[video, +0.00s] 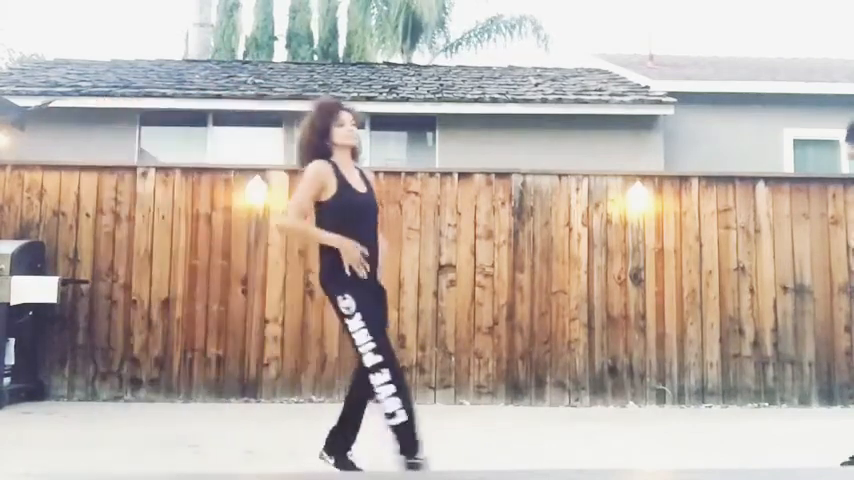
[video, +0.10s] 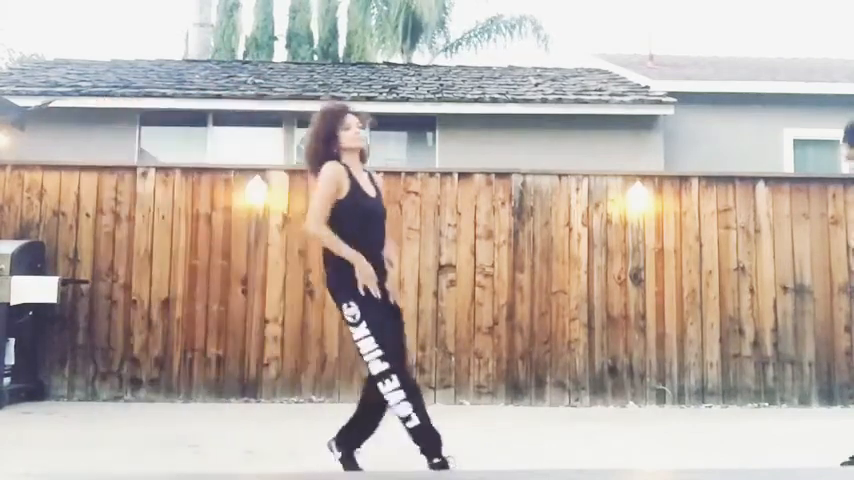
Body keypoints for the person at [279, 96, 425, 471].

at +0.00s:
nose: (352, 129)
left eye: (353, 124)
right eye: (343, 125)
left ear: (355, 131)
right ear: (326, 133)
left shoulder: (363, 174)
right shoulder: (319, 169)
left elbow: (363, 221)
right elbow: (291, 220)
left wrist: (378, 246)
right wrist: (342, 242)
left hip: (371, 275)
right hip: (341, 277)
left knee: (372, 361)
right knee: (380, 358)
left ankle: (338, 444)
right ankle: (409, 445)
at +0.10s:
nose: (358, 131)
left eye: (359, 126)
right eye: (348, 128)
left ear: (363, 133)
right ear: (333, 137)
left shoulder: (371, 176)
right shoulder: (333, 171)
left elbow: (378, 232)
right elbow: (315, 225)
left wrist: (389, 275)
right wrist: (357, 259)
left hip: (378, 274)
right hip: (347, 276)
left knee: (392, 357)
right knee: (386, 359)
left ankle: (347, 440)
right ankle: (431, 446)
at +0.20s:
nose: (364, 129)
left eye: (364, 124)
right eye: (354, 127)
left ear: (369, 132)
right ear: (340, 139)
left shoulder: (380, 179)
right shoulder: (345, 171)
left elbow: (388, 238)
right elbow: (336, 230)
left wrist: (402, 281)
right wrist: (373, 273)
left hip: (384, 279)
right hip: (356, 279)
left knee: (407, 361)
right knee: (391, 365)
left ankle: (357, 438)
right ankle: (434, 452)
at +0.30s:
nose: (370, 129)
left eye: (369, 124)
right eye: (360, 127)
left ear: (375, 131)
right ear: (347, 141)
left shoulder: (385, 178)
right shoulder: (356, 170)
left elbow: (393, 239)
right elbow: (357, 232)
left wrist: (406, 287)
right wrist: (382, 284)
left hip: (387, 276)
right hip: (360, 278)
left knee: (414, 362)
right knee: (390, 368)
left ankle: (362, 437)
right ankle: (433, 455)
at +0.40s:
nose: (377, 131)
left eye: (377, 126)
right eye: (367, 129)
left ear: (383, 133)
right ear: (354, 143)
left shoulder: (387, 176)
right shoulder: (367, 171)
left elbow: (394, 243)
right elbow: (369, 235)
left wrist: (411, 291)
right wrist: (388, 291)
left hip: (386, 278)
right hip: (361, 278)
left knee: (418, 362)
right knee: (391, 366)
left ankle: (366, 437)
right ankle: (431, 456)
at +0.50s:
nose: (385, 133)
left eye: (384, 128)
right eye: (375, 131)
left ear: (389, 135)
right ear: (362, 145)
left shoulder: (392, 178)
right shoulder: (375, 174)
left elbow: (396, 245)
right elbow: (377, 239)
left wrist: (410, 295)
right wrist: (390, 296)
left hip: (383, 278)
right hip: (360, 279)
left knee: (418, 362)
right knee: (391, 367)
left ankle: (366, 437)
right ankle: (431, 456)